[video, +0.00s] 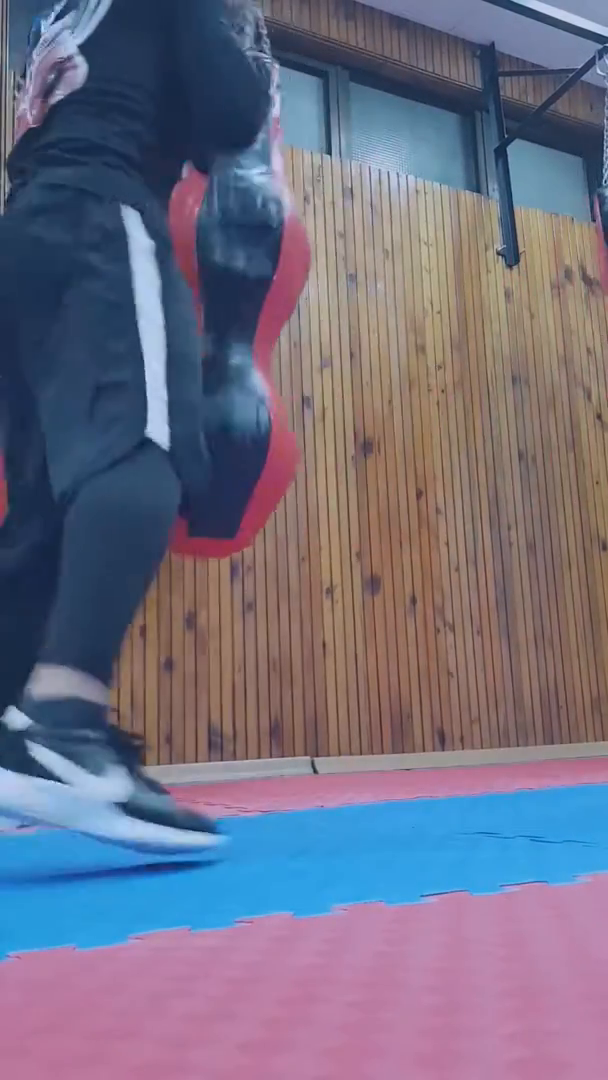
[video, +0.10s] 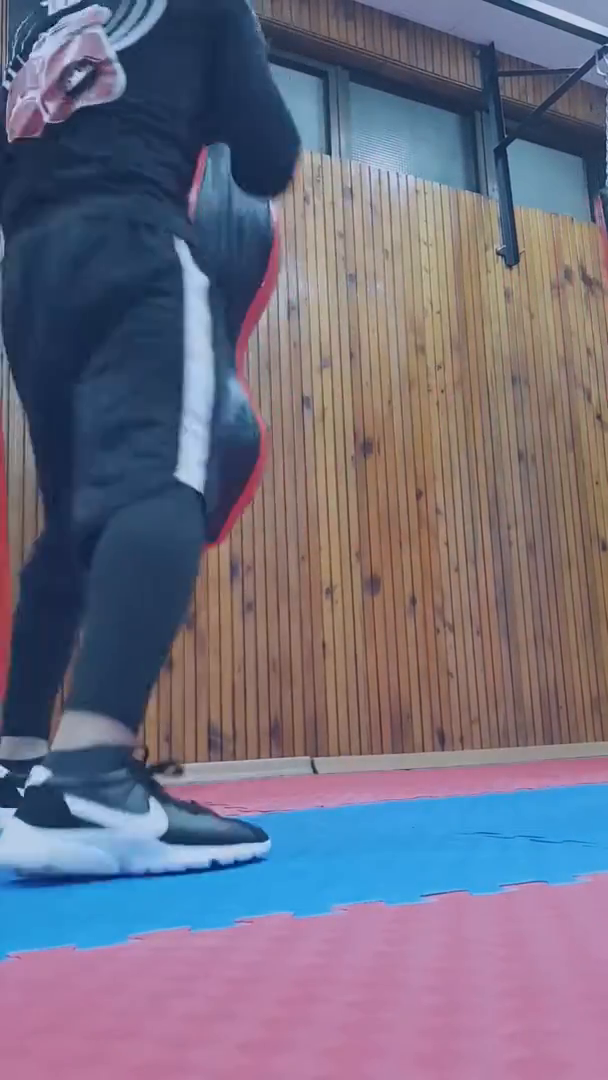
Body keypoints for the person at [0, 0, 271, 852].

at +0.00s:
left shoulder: (59, 25)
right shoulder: (176, 10)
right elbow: (233, 114)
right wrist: (253, 62)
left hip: (25, 216)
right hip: (91, 210)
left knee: (41, 506)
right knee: (136, 457)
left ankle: (28, 734)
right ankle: (65, 710)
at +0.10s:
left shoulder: (28, 17)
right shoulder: (201, 8)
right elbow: (269, 160)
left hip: (22, 254)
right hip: (126, 234)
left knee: (71, 513)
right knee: (159, 489)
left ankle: (19, 756)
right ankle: (91, 768)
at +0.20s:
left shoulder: (27, 22)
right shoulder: (225, 14)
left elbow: (11, 184)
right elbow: (279, 195)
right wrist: (240, 224)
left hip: (44, 282)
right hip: (163, 260)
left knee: (97, 531)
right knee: (198, 498)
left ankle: (25, 761)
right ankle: (95, 777)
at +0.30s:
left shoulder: (32, 10)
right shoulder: (248, 4)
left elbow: (18, 130)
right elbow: (265, 150)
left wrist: (90, 174)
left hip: (65, 245)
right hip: (183, 225)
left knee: (107, 511)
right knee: (184, 485)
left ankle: (58, 761)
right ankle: (94, 777)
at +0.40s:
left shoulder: (48, 8)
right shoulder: (255, 2)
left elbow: (17, 111)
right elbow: (301, 135)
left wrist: (108, 119)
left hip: (70, 224)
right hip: (186, 206)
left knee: (114, 494)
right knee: (163, 470)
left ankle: (114, 771)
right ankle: (83, 779)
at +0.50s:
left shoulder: (75, 10)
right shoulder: (277, 4)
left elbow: (31, 169)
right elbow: (329, 159)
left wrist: (134, 107)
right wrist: (246, 67)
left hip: (84, 225)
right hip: (200, 207)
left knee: (114, 487)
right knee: (159, 468)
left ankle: (130, 764)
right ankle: (78, 782)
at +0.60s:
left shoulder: (90, 31)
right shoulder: (276, 10)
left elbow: (74, 203)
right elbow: (332, 180)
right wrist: (243, 102)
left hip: (110, 252)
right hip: (221, 233)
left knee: (138, 505)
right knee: (200, 485)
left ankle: (139, 767)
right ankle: (91, 763)